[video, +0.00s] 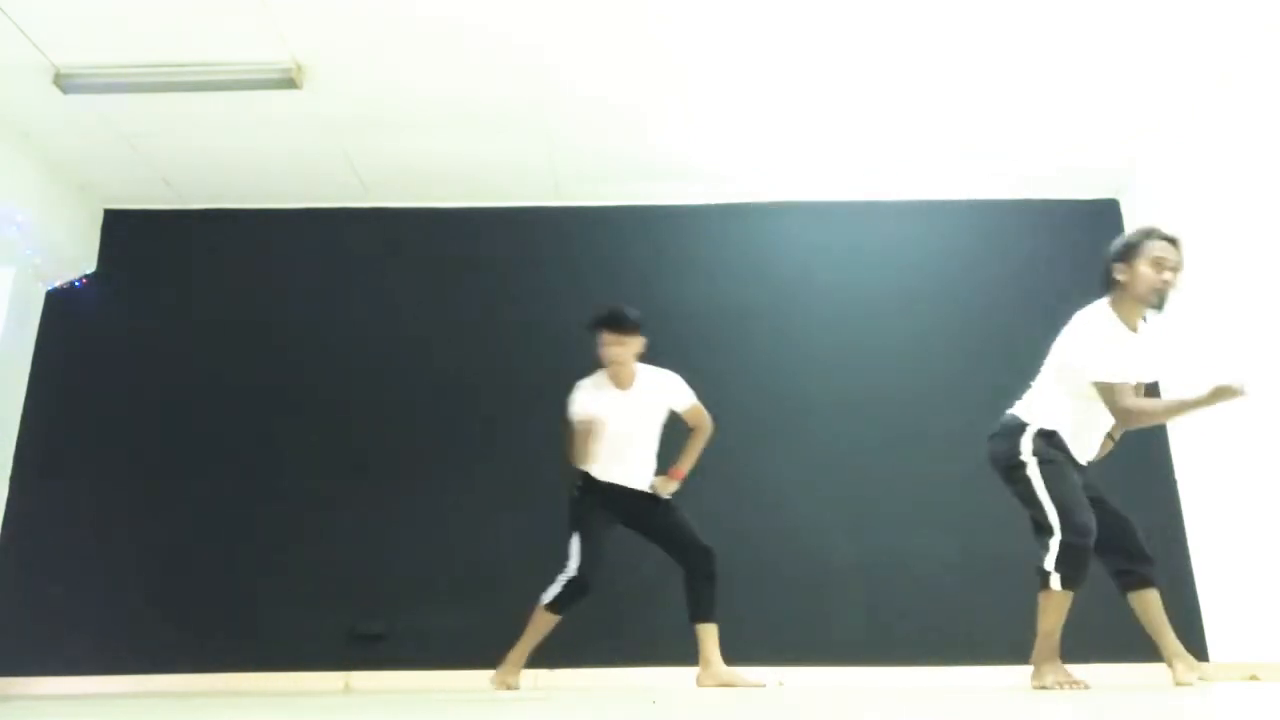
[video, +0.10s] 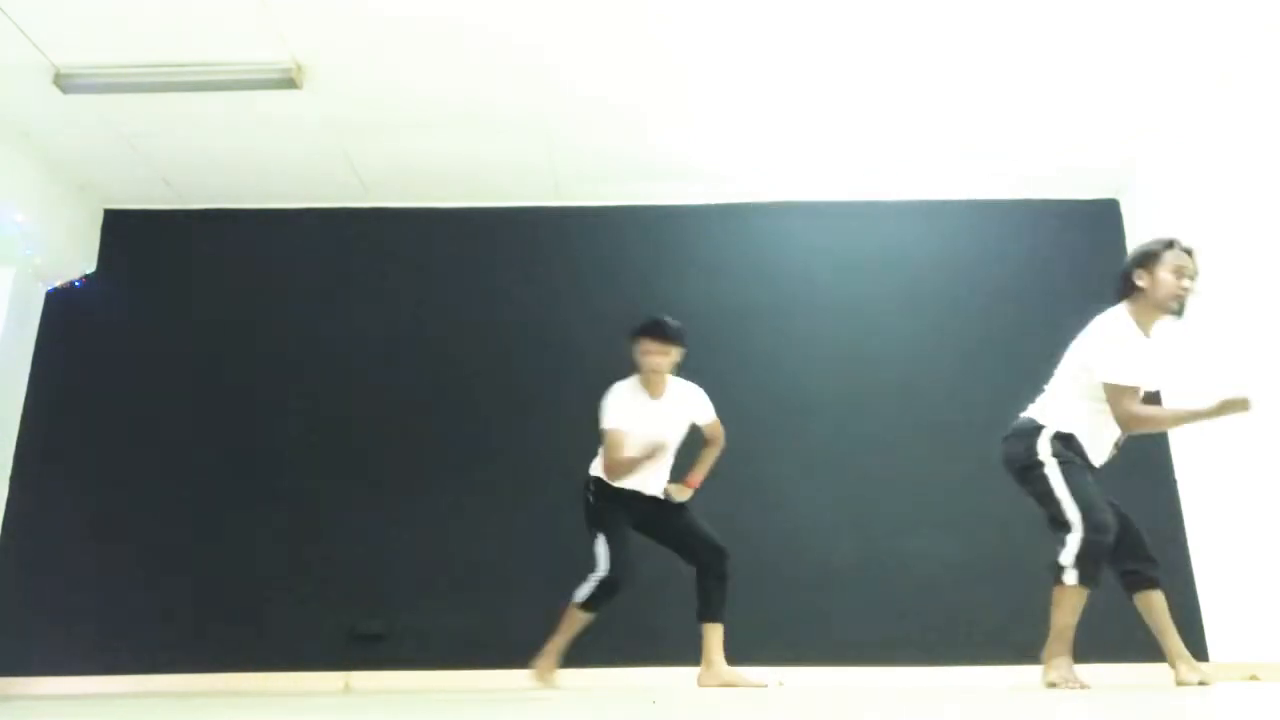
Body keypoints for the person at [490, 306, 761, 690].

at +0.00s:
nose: (613, 352)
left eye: (622, 344)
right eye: (607, 344)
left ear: (640, 346)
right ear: (598, 347)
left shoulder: (665, 384)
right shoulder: (586, 391)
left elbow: (704, 425)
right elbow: (578, 459)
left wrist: (675, 476)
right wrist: (585, 430)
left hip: (642, 495)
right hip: (595, 492)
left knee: (699, 558)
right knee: (579, 576)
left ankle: (712, 666)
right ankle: (514, 660)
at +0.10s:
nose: (652, 359)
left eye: (662, 351)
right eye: (646, 350)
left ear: (677, 357)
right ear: (635, 353)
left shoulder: (690, 396)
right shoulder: (619, 395)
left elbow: (716, 439)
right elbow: (612, 466)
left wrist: (689, 485)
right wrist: (646, 456)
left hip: (652, 497)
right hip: (607, 493)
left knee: (712, 556)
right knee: (611, 574)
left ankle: (714, 666)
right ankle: (550, 655)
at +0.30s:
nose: (703, 377)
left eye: (710, 370)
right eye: (695, 368)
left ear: (715, 376)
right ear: (677, 369)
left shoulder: (700, 418)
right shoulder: (655, 405)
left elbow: (676, 469)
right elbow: (631, 469)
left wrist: (676, 486)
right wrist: (696, 480)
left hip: (648, 502)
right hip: (609, 498)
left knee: (709, 558)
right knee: (661, 584)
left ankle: (714, 665)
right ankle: (593, 644)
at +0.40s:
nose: (702, 381)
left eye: (706, 373)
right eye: (695, 371)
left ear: (709, 378)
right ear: (673, 371)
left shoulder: (678, 418)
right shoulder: (657, 403)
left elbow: (647, 472)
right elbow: (632, 458)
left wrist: (653, 510)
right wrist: (682, 485)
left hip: (632, 507)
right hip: (603, 502)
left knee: (695, 560)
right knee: (658, 591)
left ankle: (713, 665)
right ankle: (576, 649)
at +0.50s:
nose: (687, 381)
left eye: (689, 374)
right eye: (682, 371)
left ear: (662, 372)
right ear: (656, 367)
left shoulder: (638, 397)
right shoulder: (650, 396)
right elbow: (636, 444)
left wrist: (657, 485)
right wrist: (664, 488)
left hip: (599, 497)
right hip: (589, 494)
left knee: (663, 573)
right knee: (640, 592)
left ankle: (709, 664)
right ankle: (563, 660)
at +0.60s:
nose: (660, 384)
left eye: (662, 377)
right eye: (657, 374)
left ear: (631, 371)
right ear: (637, 367)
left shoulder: (598, 400)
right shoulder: (635, 395)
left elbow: (547, 450)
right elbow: (645, 441)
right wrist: (653, 494)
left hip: (556, 492)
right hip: (575, 491)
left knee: (635, 556)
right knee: (626, 586)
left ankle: (671, 659)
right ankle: (559, 668)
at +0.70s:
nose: (629, 375)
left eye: (629, 368)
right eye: (628, 368)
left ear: (596, 366)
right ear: (617, 365)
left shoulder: (565, 394)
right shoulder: (619, 391)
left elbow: (512, 444)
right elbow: (653, 438)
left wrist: (541, 475)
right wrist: (658, 499)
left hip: (530, 481)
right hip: (563, 477)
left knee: (595, 559)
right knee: (610, 577)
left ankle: (592, 654)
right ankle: (562, 667)